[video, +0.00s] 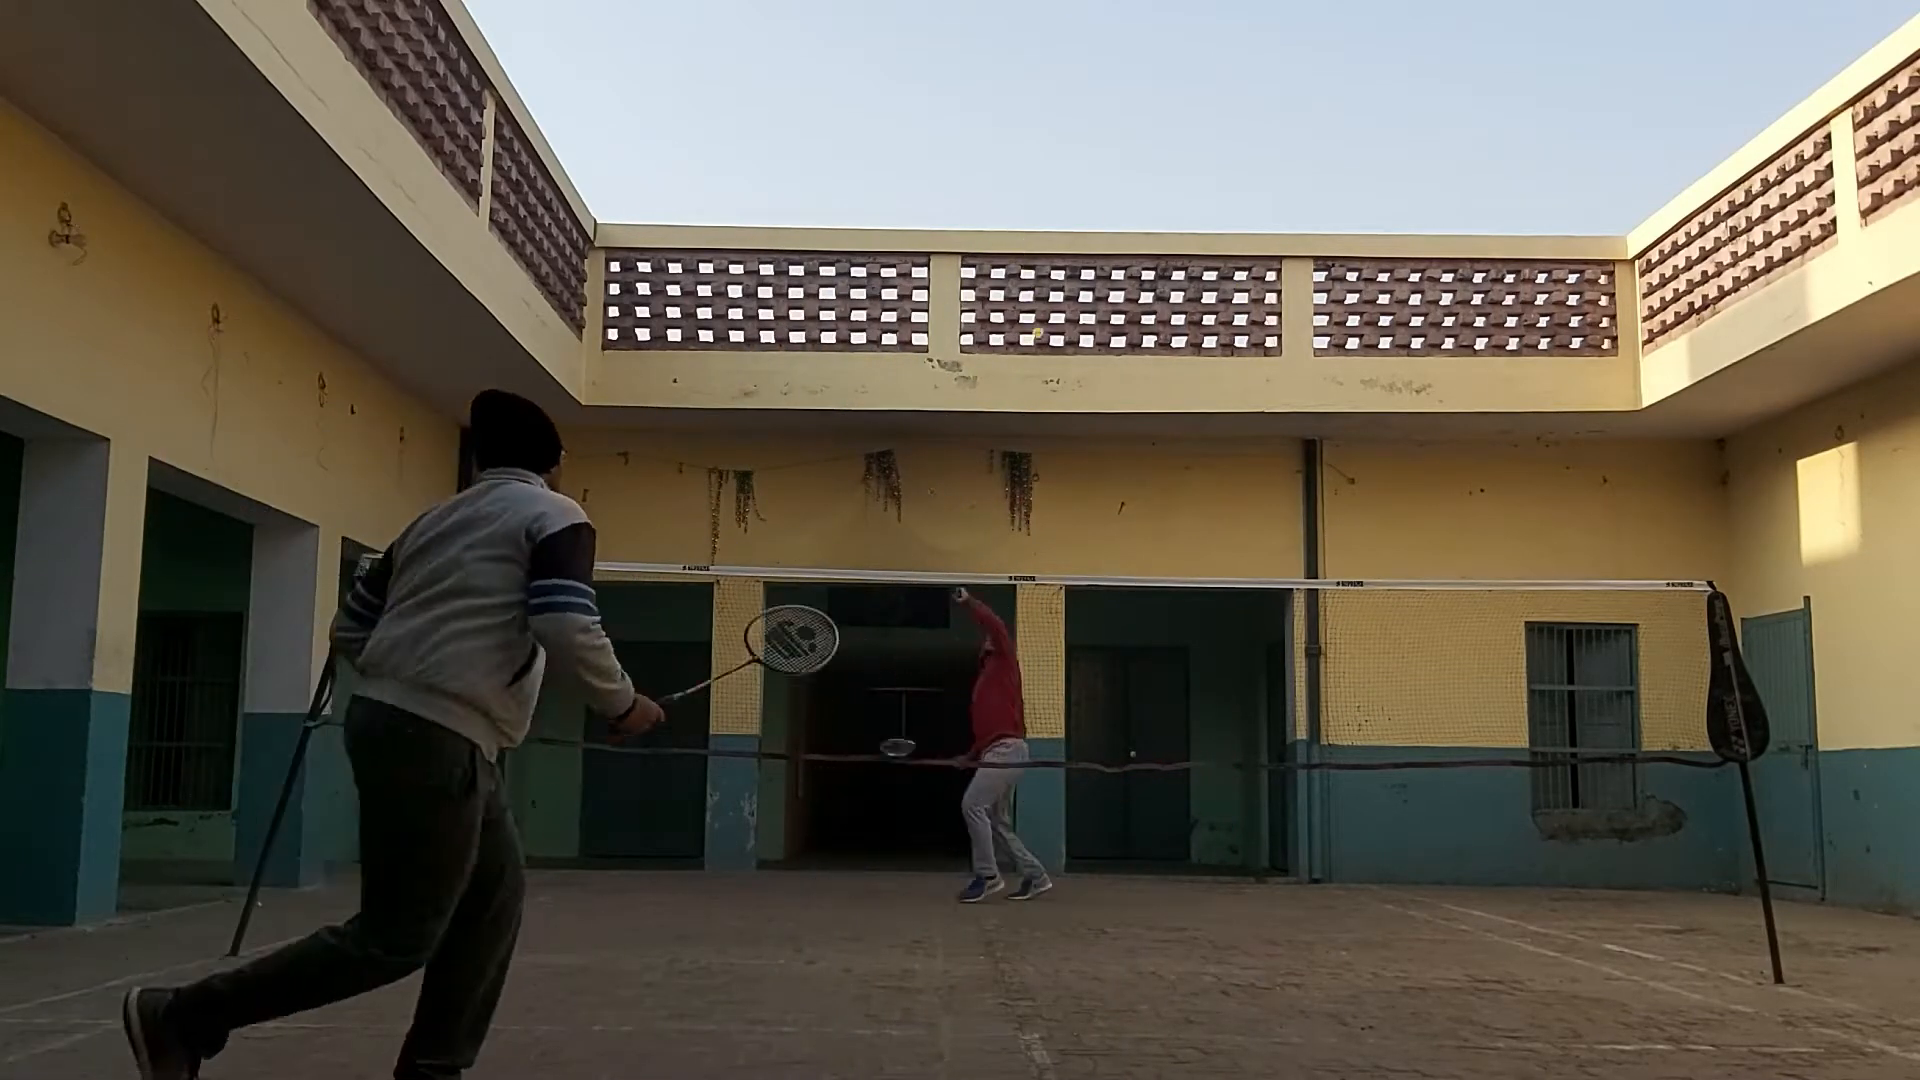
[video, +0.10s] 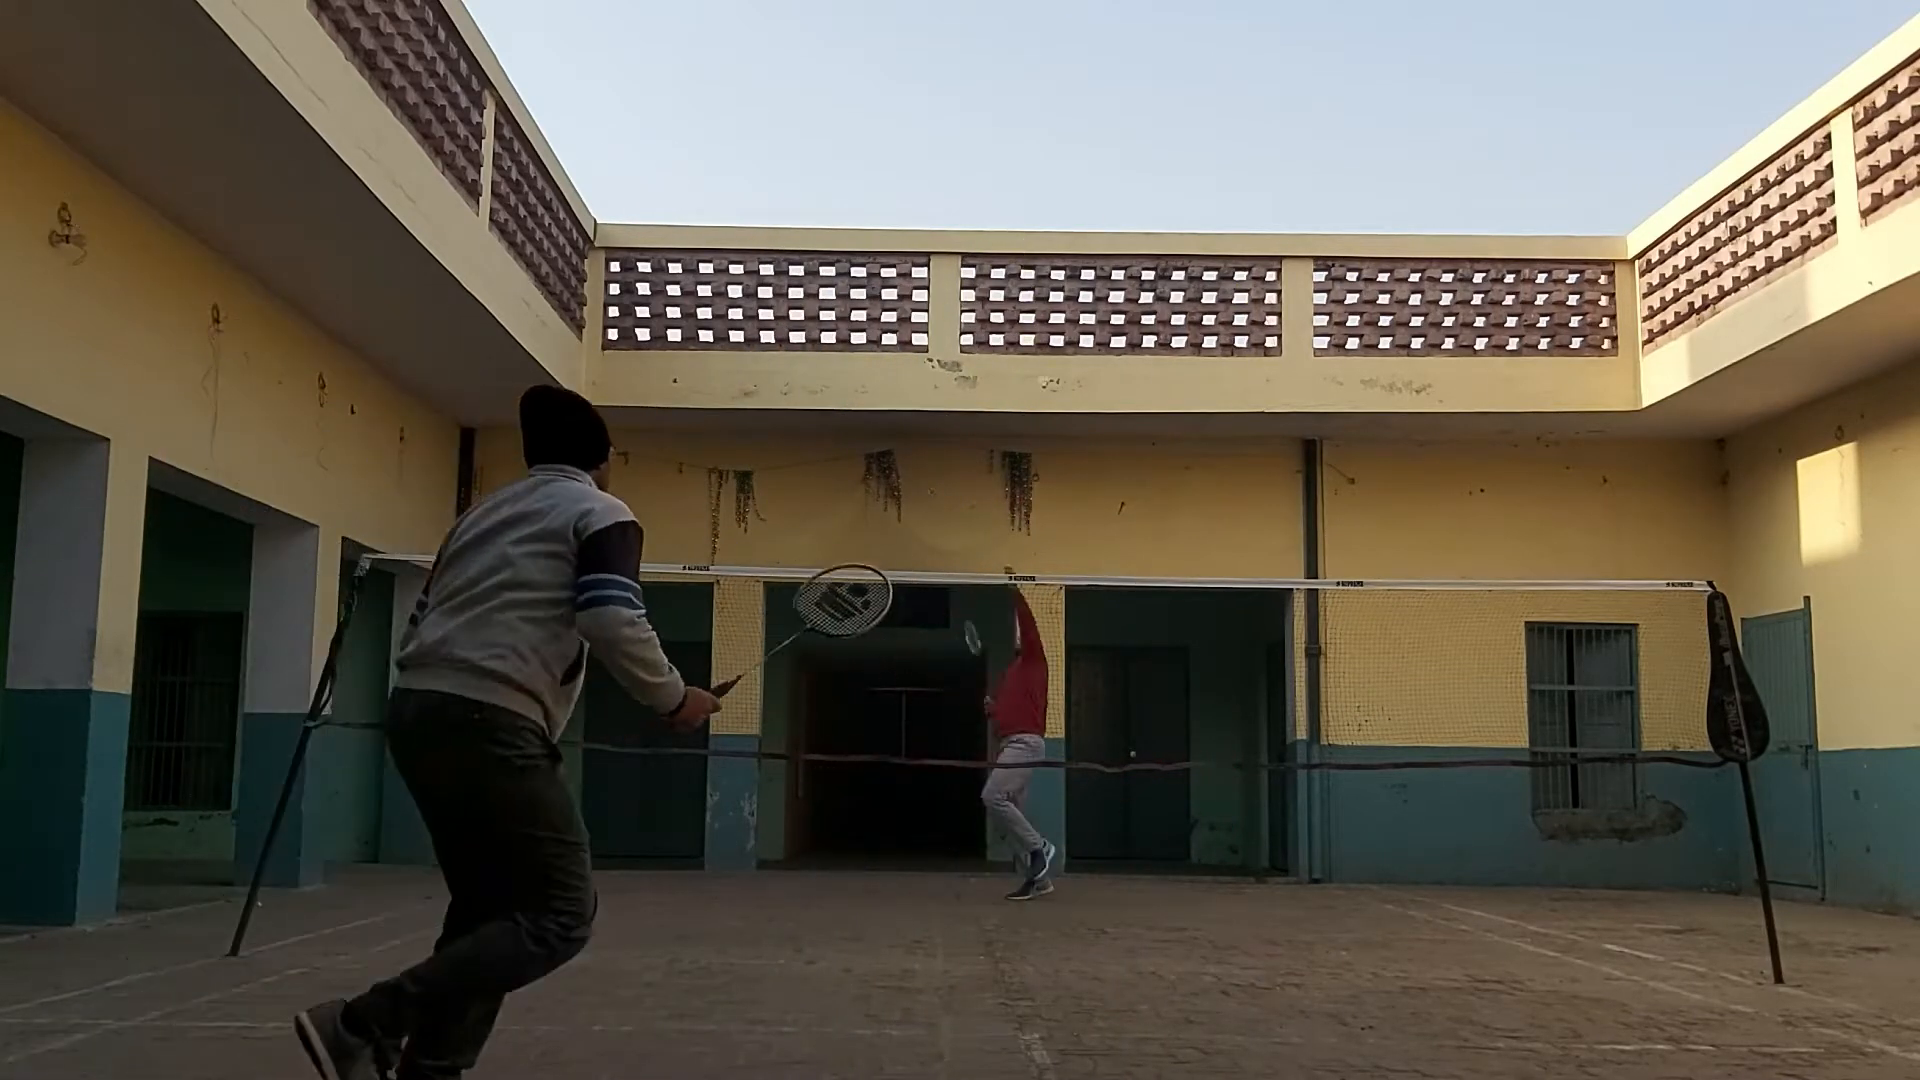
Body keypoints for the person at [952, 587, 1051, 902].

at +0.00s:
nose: (986, 641)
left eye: (990, 637)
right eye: (984, 638)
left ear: (998, 642)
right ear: (982, 645)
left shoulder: (1004, 660)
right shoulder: (987, 674)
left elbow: (997, 626)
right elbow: (990, 721)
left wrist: (970, 602)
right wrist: (972, 755)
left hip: (1008, 748)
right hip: (996, 751)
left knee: (974, 806)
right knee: (996, 821)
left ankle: (988, 875)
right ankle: (1035, 875)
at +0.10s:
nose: (1018, 636)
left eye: (1022, 632)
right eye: (1018, 632)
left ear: (1030, 637)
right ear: (1017, 640)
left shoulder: (1034, 659)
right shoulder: (1016, 670)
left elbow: (1028, 624)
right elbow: (1012, 709)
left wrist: (1016, 592)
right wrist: (993, 708)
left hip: (1026, 741)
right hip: (1015, 742)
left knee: (993, 796)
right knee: (1012, 808)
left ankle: (1038, 848)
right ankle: (1033, 878)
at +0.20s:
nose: (1063, 639)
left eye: (1067, 637)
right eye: (1062, 637)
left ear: (1077, 644)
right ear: (1061, 644)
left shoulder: (1075, 660)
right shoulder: (1044, 669)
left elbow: (1058, 646)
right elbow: (1016, 683)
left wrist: (1038, 628)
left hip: (1039, 733)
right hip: (1019, 733)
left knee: (1028, 795)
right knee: (1020, 806)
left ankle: (1080, 812)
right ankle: (1033, 873)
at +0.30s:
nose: (1096, 641)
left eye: (1103, 639)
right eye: (1097, 638)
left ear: (1111, 647)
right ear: (1096, 646)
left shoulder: (1107, 673)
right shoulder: (1080, 658)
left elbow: (1075, 683)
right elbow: (1053, 637)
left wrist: (1051, 661)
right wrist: (1035, 605)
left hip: (1061, 737)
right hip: (1039, 733)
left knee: (1069, 803)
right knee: (1012, 794)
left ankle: (1124, 826)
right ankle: (1018, 866)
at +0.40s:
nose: (1122, 648)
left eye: (1129, 648)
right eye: (1124, 645)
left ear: (1137, 659)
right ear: (1124, 653)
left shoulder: (1130, 693)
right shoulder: (1104, 666)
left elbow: (1086, 710)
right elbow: (1076, 651)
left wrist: (1079, 682)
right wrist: (1042, 634)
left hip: (1093, 763)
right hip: (1065, 752)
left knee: (1109, 827)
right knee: (1016, 781)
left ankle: (1153, 878)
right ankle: (980, 843)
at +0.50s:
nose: (1138, 669)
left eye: (1144, 667)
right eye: (1136, 665)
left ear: (1154, 678)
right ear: (1131, 671)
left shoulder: (1152, 715)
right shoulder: (1114, 688)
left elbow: (1129, 751)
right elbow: (1075, 686)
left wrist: (1101, 723)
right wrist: (1034, 686)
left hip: (1115, 780)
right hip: (1084, 768)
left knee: (1128, 840)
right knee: (1027, 773)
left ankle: (1164, 885)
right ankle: (973, 809)